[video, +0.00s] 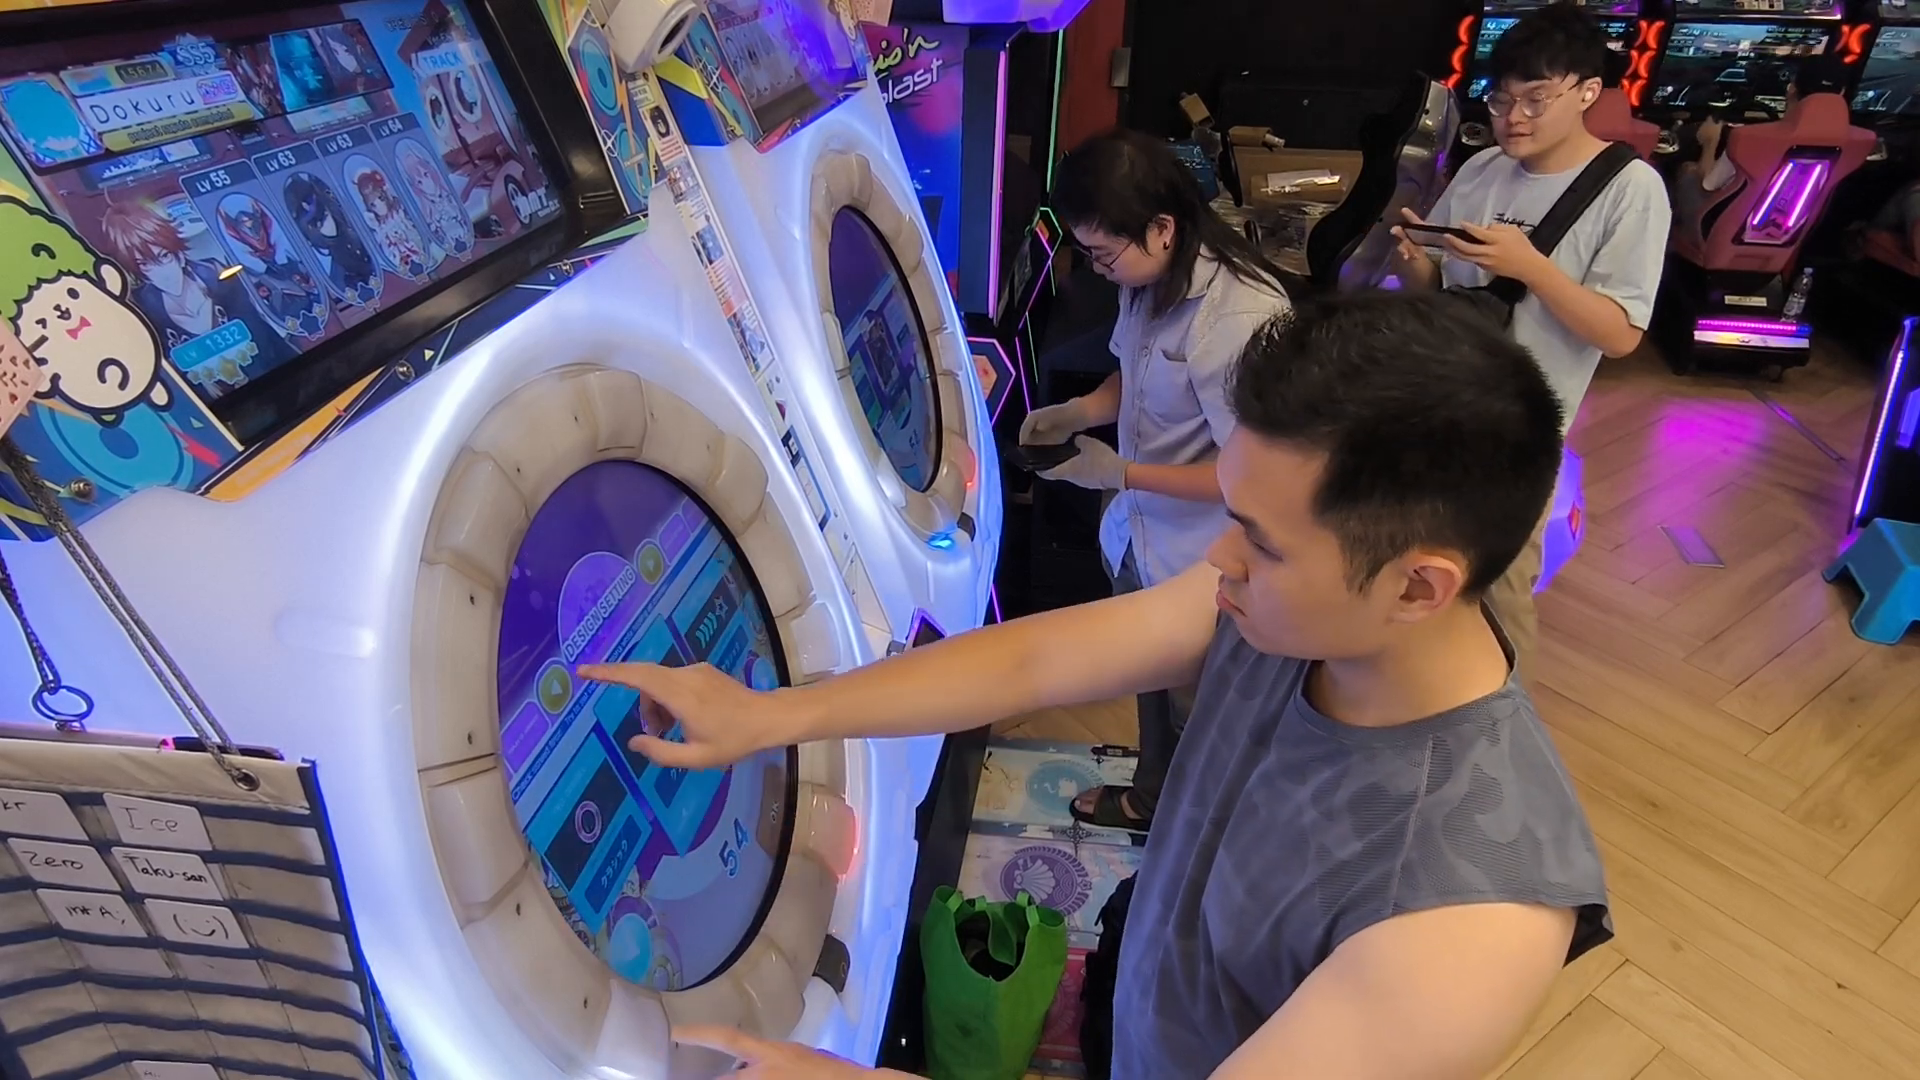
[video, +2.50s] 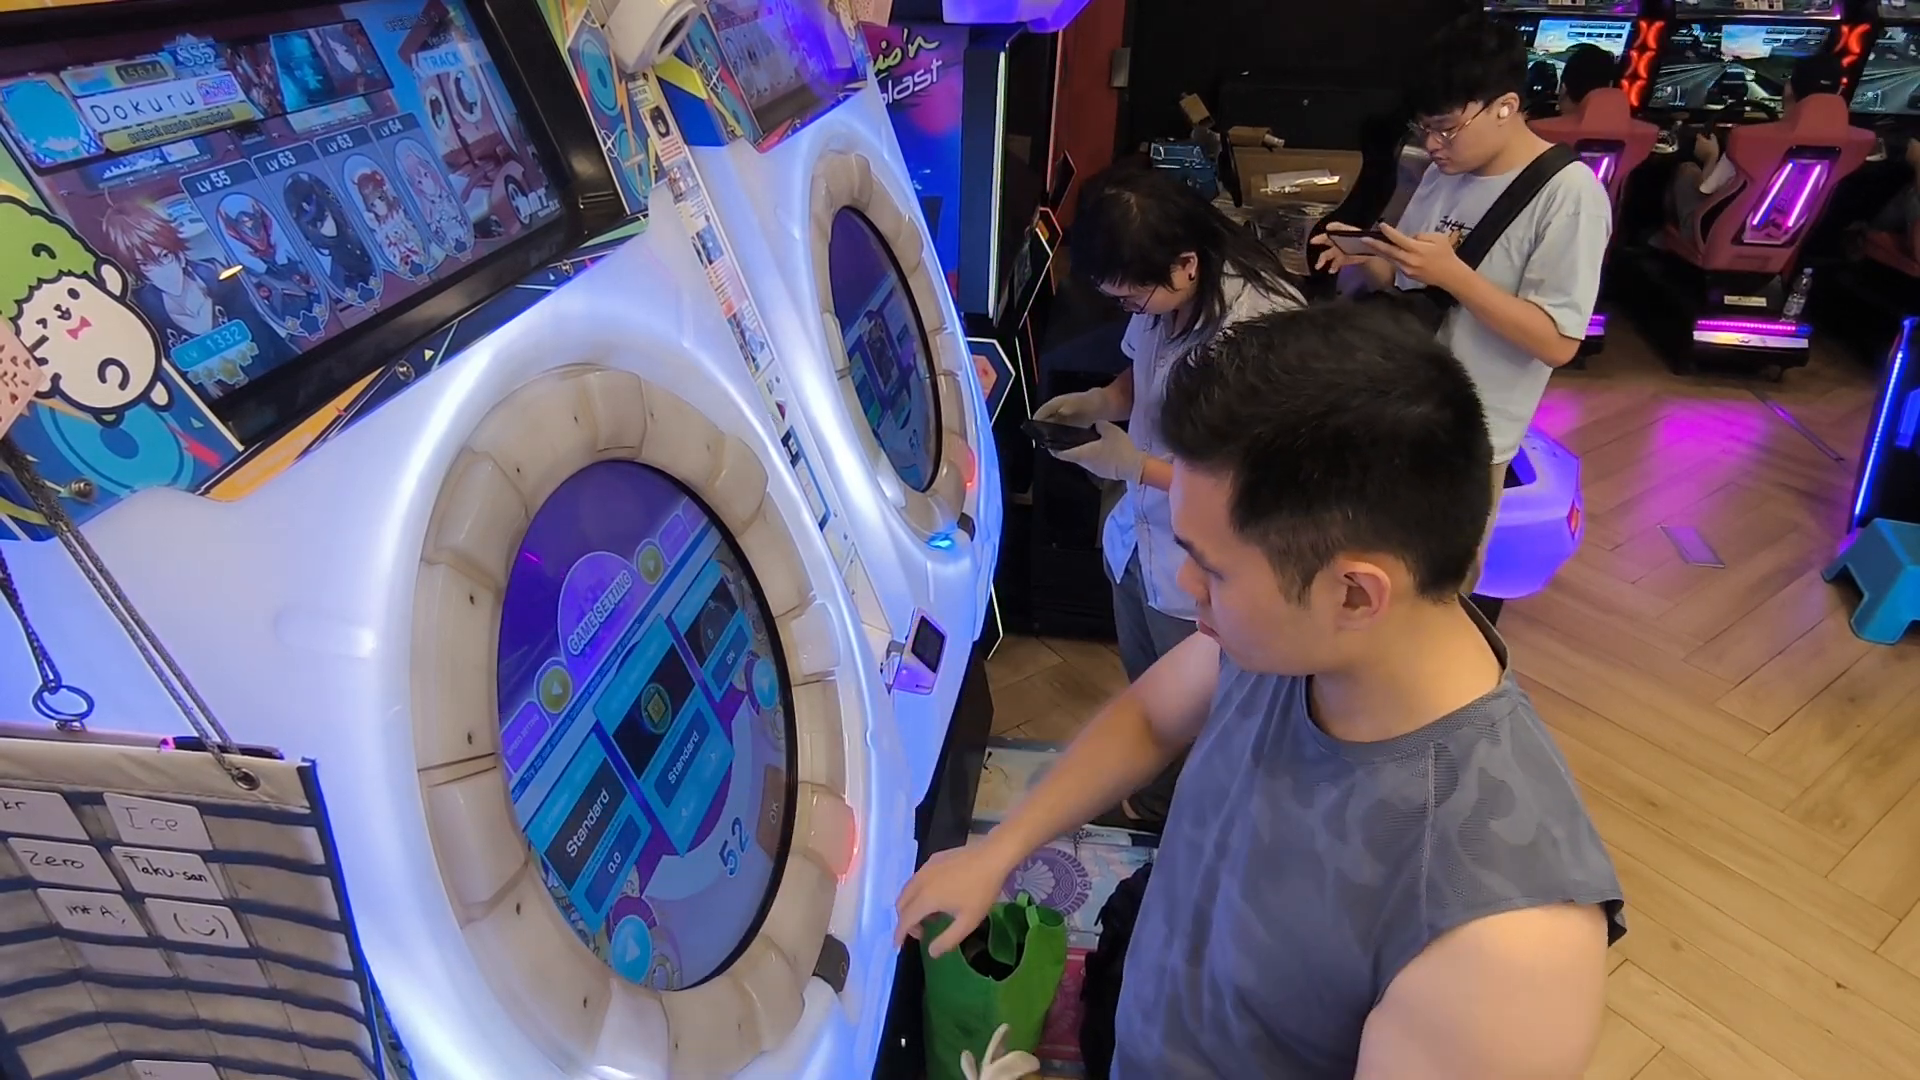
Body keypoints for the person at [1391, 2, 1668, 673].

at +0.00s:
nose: (1511, 116)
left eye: (1532, 100)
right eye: (1501, 99)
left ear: (1587, 94)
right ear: (1489, 95)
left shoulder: (1633, 187)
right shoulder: (1479, 168)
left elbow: (1620, 333)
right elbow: (1425, 291)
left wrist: (1531, 268)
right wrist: (1414, 260)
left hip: (1521, 436)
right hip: (1429, 404)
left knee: (1497, 593)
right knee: (1404, 578)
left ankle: (1497, 730)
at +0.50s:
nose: (1558, 146)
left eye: (1579, 128)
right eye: (1551, 125)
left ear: (1645, 110)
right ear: (1543, 109)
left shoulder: (1700, 201)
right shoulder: (1539, 176)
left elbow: (1679, 357)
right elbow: (1470, 304)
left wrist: (1587, 282)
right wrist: (1462, 268)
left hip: (1566, 463)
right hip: (1474, 424)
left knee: (1516, 625)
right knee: (1427, 597)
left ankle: (1489, 756)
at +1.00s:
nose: (1443, 124)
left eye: (1463, 108)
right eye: (1438, 107)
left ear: (1523, 103)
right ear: (1430, 102)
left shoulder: (1592, 191)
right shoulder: (1449, 180)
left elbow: (1584, 339)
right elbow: (1415, 295)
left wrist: (1476, 272)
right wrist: (1382, 266)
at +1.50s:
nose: (1383, 119)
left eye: (1403, 102)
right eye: (1376, 102)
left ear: (1458, 98)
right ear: (1368, 98)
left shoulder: (1519, 181)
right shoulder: (1377, 169)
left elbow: (1522, 324)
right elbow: (1338, 283)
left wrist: (1419, 270)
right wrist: (1315, 259)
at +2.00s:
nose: (1411, 118)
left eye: (1432, 102)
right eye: (1402, 100)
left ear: (1488, 98)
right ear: (1393, 97)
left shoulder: (1543, 184)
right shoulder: (1404, 168)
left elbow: (1541, 331)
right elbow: (1362, 282)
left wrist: (1439, 273)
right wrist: (1337, 256)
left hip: (1458, 411)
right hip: (1367, 383)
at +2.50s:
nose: (1432, 147)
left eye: (1446, 128)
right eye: (1426, 129)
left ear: (1507, 108)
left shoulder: (1572, 193)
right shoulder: (1446, 167)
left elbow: (1559, 343)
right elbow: (1402, 272)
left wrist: (1453, 275)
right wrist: (1364, 254)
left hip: (1471, 445)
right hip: (1389, 410)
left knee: (1442, 601)